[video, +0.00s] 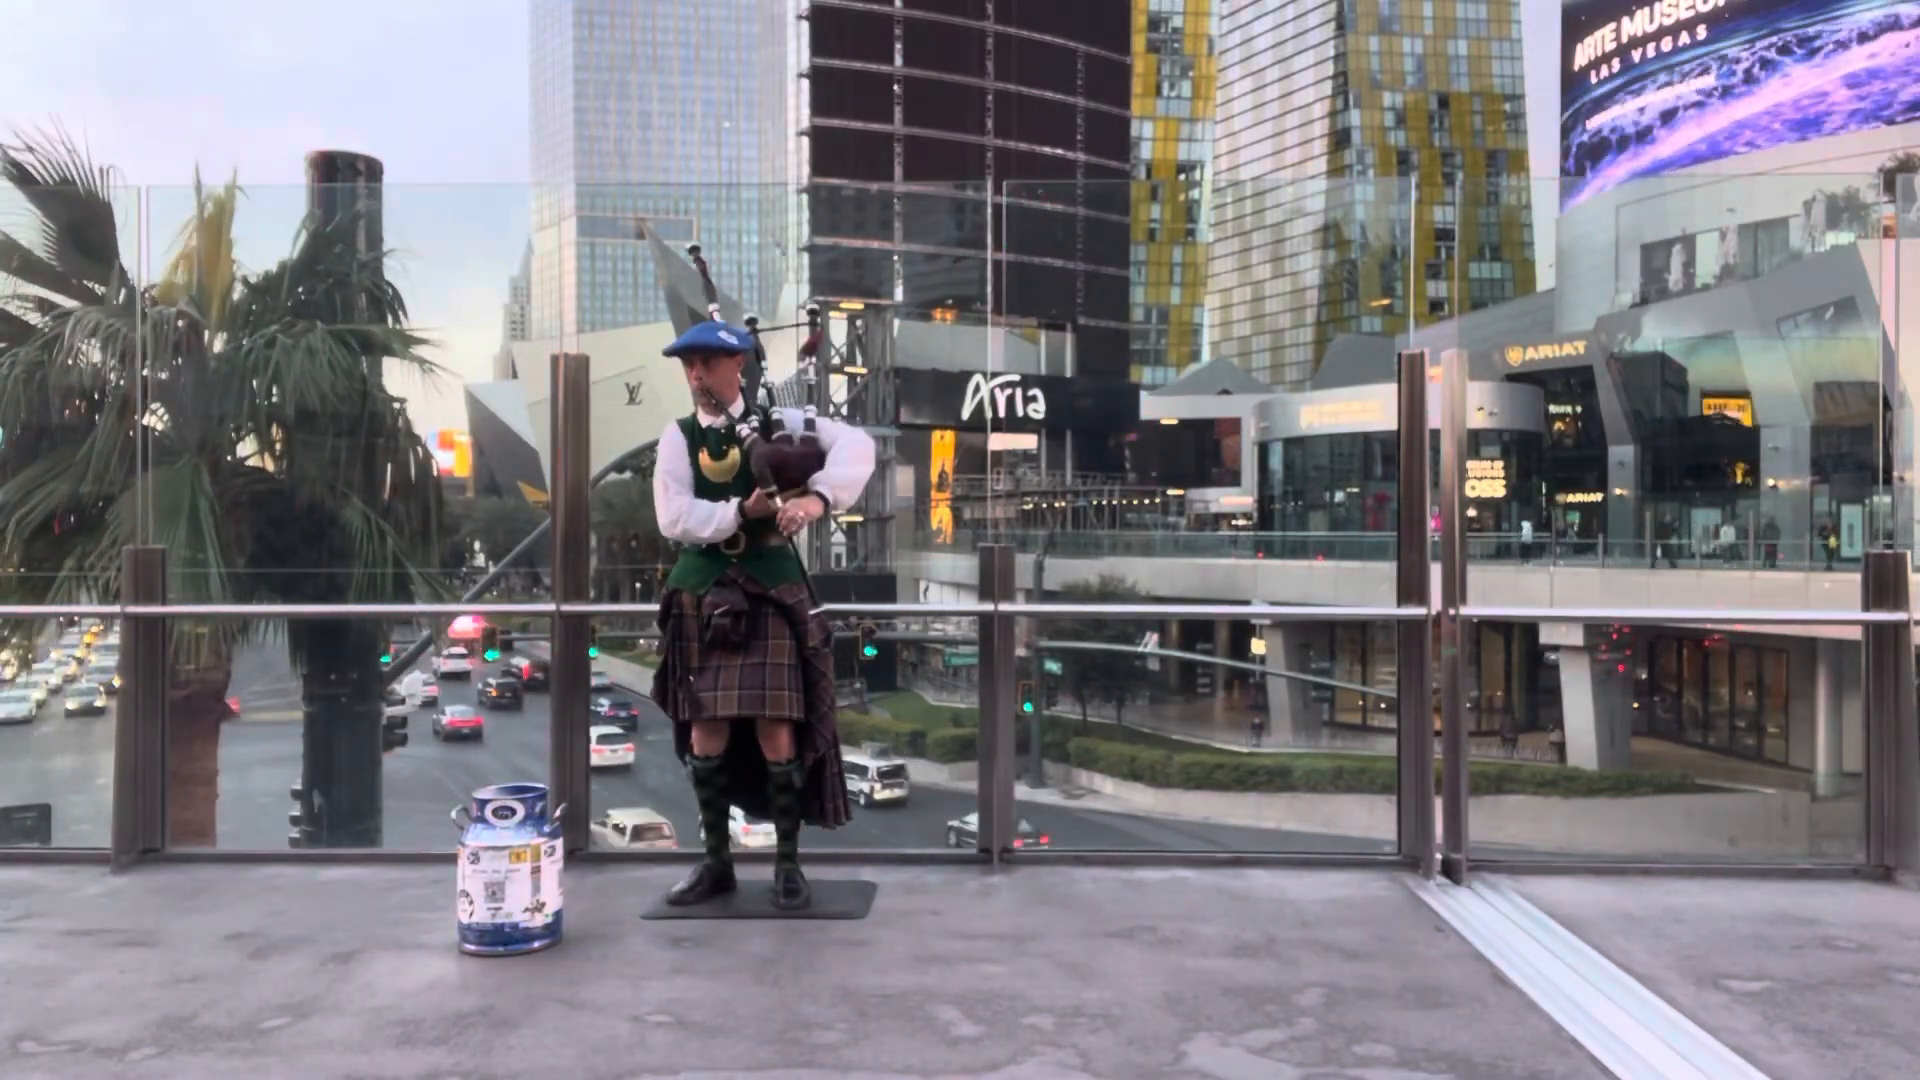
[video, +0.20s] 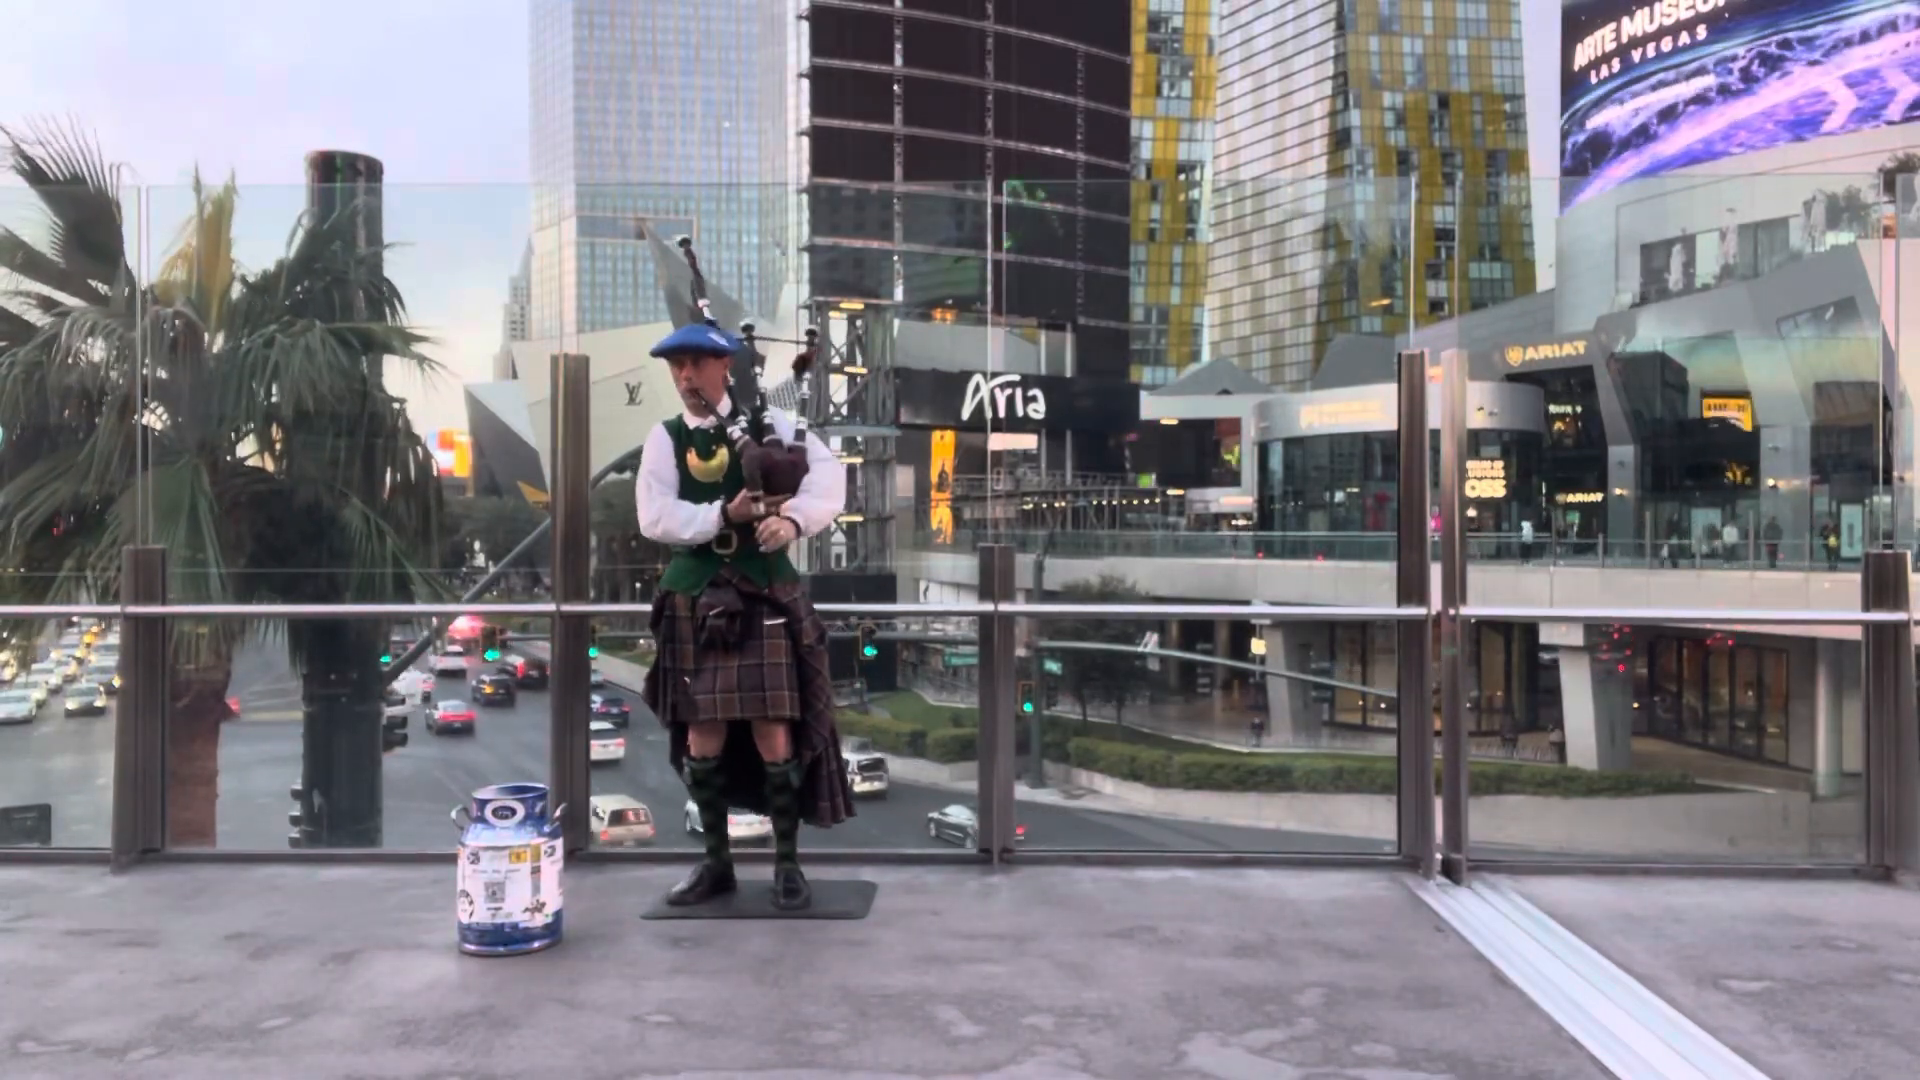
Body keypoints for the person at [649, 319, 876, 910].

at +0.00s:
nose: (698, 373)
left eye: (710, 361)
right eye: (690, 363)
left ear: (739, 364)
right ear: (684, 370)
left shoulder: (779, 422)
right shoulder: (678, 436)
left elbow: (858, 443)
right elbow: (672, 515)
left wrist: (820, 497)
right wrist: (741, 512)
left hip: (774, 586)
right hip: (703, 588)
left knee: (776, 728)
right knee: (706, 728)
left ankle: (787, 866)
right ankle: (717, 863)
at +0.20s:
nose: (686, 375)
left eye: (697, 363)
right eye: (678, 364)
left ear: (725, 365)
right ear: (671, 372)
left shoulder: (774, 425)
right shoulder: (666, 436)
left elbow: (829, 476)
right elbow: (653, 516)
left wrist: (797, 518)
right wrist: (722, 513)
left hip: (766, 590)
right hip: (695, 594)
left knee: (773, 729)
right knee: (703, 731)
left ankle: (787, 866)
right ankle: (716, 864)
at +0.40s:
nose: (678, 374)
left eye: (690, 362)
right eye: (669, 363)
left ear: (717, 366)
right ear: (662, 371)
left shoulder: (763, 428)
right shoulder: (654, 443)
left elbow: (816, 484)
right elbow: (634, 527)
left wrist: (770, 520)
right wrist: (695, 524)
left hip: (760, 592)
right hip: (687, 597)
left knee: (769, 729)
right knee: (699, 732)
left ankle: (786, 864)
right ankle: (715, 864)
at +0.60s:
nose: (673, 374)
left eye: (684, 362)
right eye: (663, 365)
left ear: (711, 366)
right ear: (656, 373)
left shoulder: (754, 426)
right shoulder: (646, 445)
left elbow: (802, 481)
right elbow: (621, 530)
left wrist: (754, 524)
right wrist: (659, 555)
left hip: (751, 594)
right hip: (680, 600)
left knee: (763, 729)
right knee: (694, 731)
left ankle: (785, 863)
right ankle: (715, 864)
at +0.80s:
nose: (667, 376)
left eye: (678, 364)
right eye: (658, 367)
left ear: (705, 368)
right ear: (651, 375)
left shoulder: (747, 426)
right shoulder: (641, 446)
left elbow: (791, 486)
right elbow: (615, 532)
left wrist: (740, 527)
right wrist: (654, 564)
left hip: (745, 595)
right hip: (675, 600)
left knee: (759, 728)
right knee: (689, 731)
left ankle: (784, 862)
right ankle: (716, 862)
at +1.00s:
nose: (663, 377)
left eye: (675, 365)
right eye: (655, 367)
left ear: (702, 369)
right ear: (647, 375)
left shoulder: (742, 426)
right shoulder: (640, 448)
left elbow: (787, 487)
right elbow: (617, 535)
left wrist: (733, 530)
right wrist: (654, 570)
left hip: (742, 596)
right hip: (672, 601)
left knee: (756, 730)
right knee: (686, 733)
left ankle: (784, 863)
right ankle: (715, 863)